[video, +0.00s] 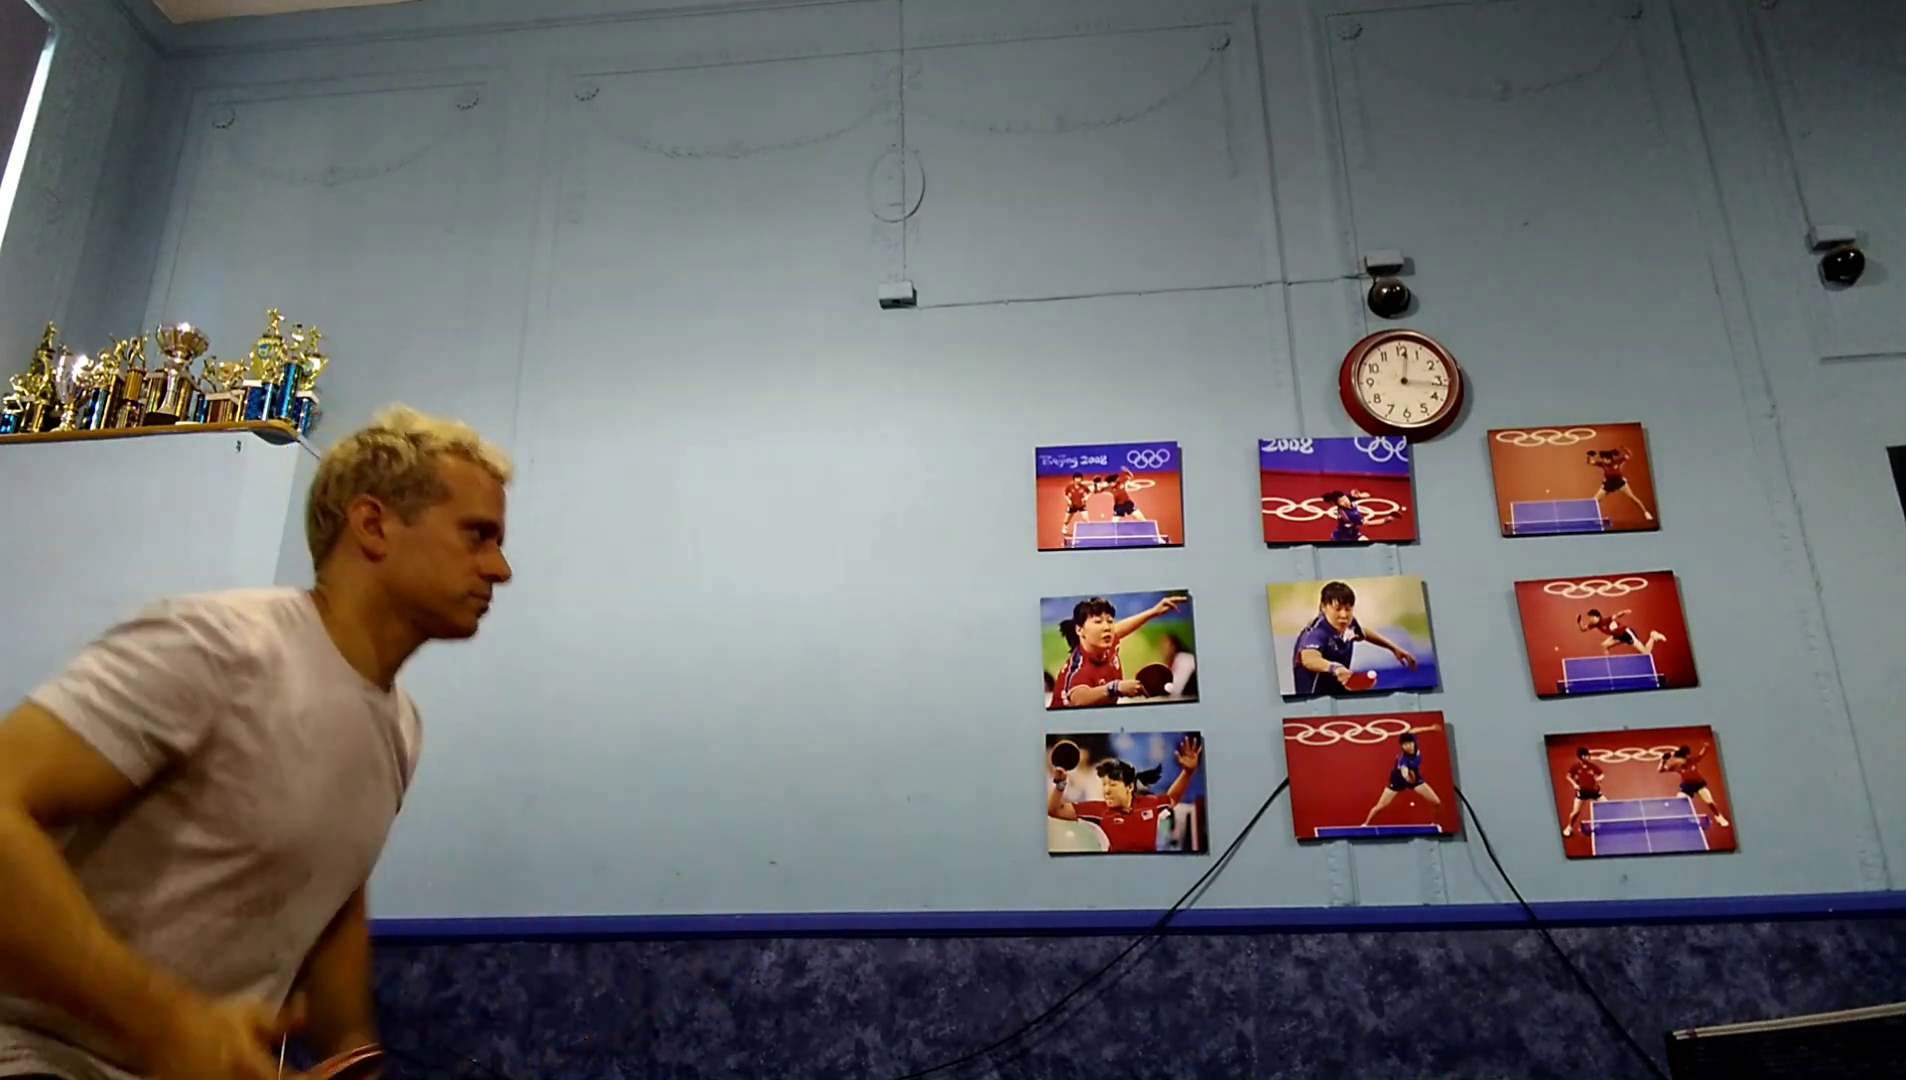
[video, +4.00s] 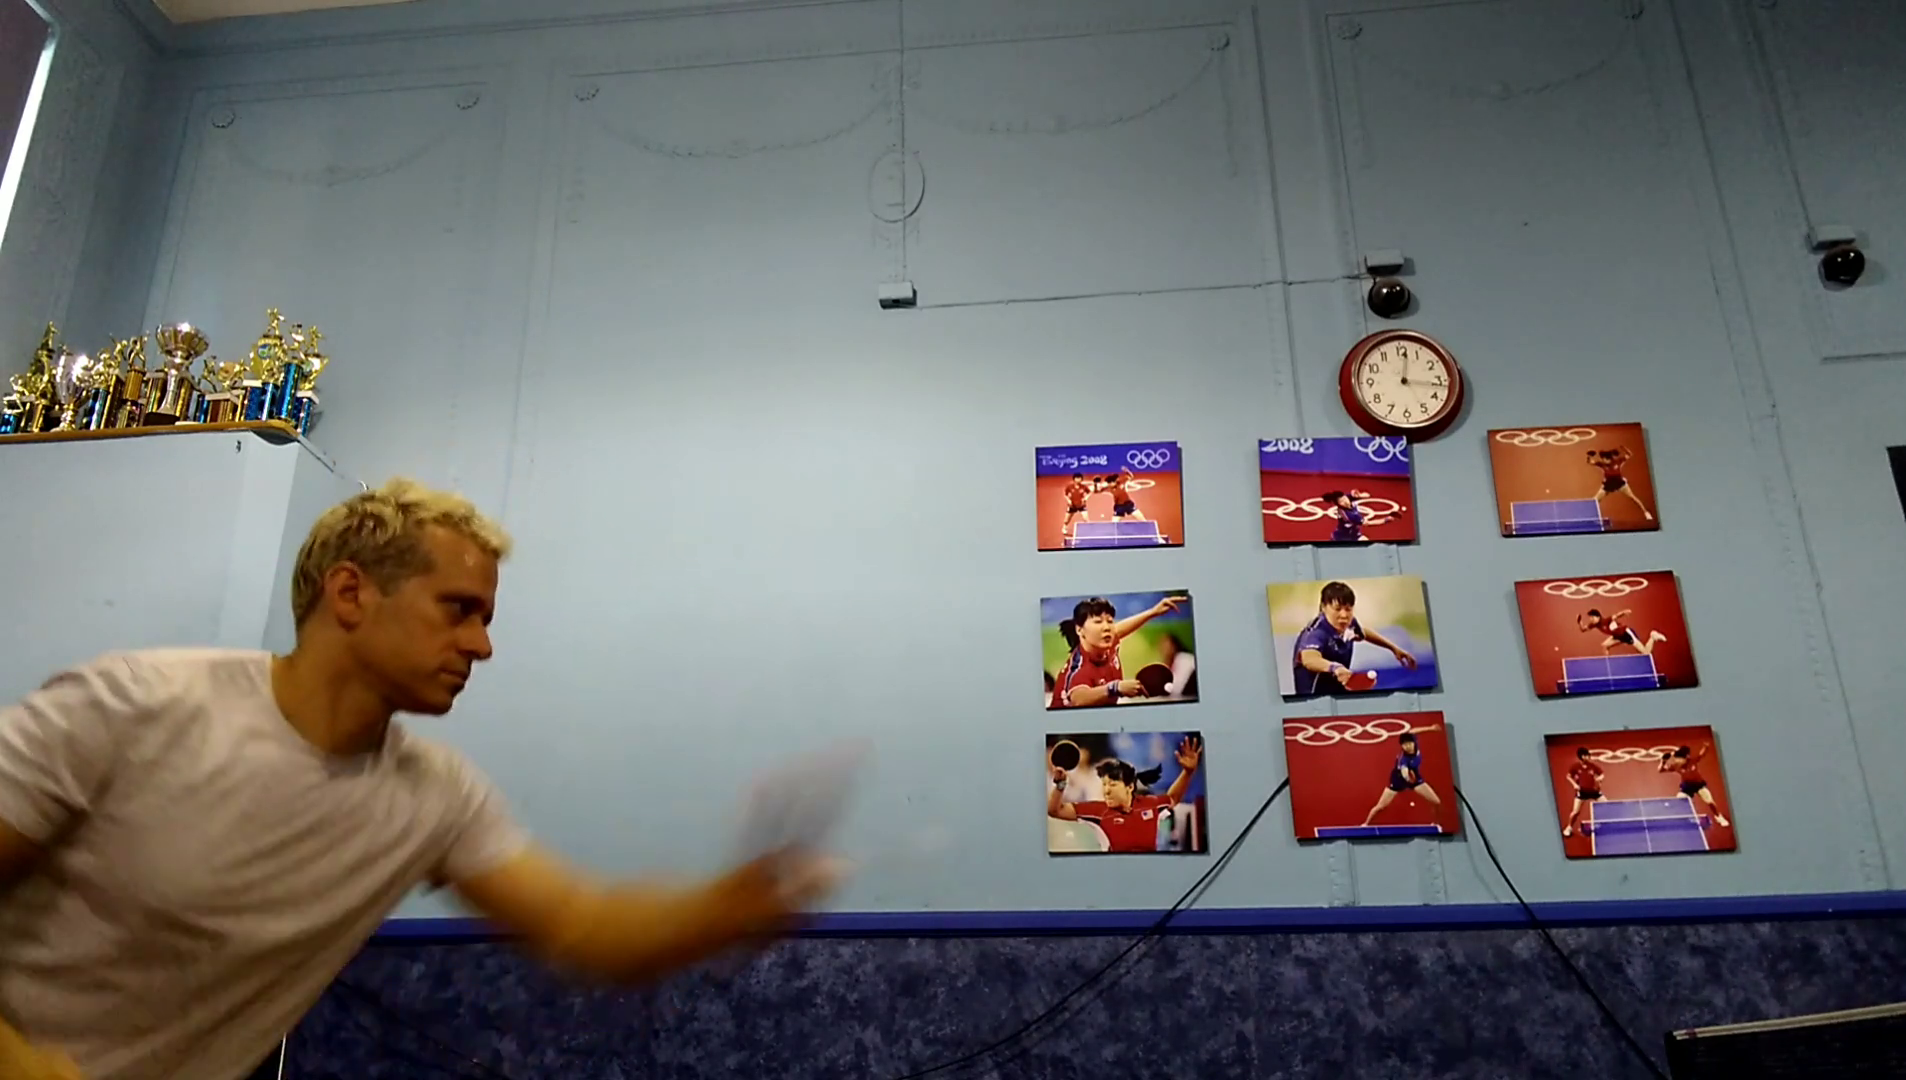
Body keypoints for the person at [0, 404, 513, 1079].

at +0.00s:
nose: (502, 569)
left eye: (499, 542)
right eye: (479, 536)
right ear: (373, 527)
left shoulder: (397, 726)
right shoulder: (215, 645)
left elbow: (336, 903)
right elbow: (2, 801)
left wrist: (350, 1051)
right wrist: (163, 1023)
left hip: (226, 1065)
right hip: (55, 1048)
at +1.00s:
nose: (536, 636)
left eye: (535, 609)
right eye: (514, 600)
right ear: (408, 589)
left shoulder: (400, 781)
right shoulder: (248, 698)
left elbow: (308, 980)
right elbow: (14, 883)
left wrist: (305, 1067)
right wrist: (97, 1063)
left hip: (222, 1067)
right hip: (92, 1050)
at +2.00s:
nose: (522, 626)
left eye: (520, 600)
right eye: (500, 592)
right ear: (398, 582)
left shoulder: (398, 775)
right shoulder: (248, 693)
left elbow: (344, 938)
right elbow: (18, 883)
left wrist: (374, 1061)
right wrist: (132, 1069)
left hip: (245, 1063)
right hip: (71, 1053)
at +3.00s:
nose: (539, 633)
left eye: (540, 606)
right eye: (518, 597)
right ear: (416, 582)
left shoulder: (434, 780)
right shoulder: (228, 694)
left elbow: (431, 935)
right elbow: (4, 868)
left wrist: (489, 1014)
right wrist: (91, 1065)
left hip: (245, 1069)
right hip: (79, 1053)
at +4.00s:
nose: (485, 644)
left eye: (487, 618)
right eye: (460, 610)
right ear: (348, 596)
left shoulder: (435, 797)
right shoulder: (139, 706)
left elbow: (582, 928)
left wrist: (715, 914)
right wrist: (18, 1052)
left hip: (203, 1065)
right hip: (28, 1048)